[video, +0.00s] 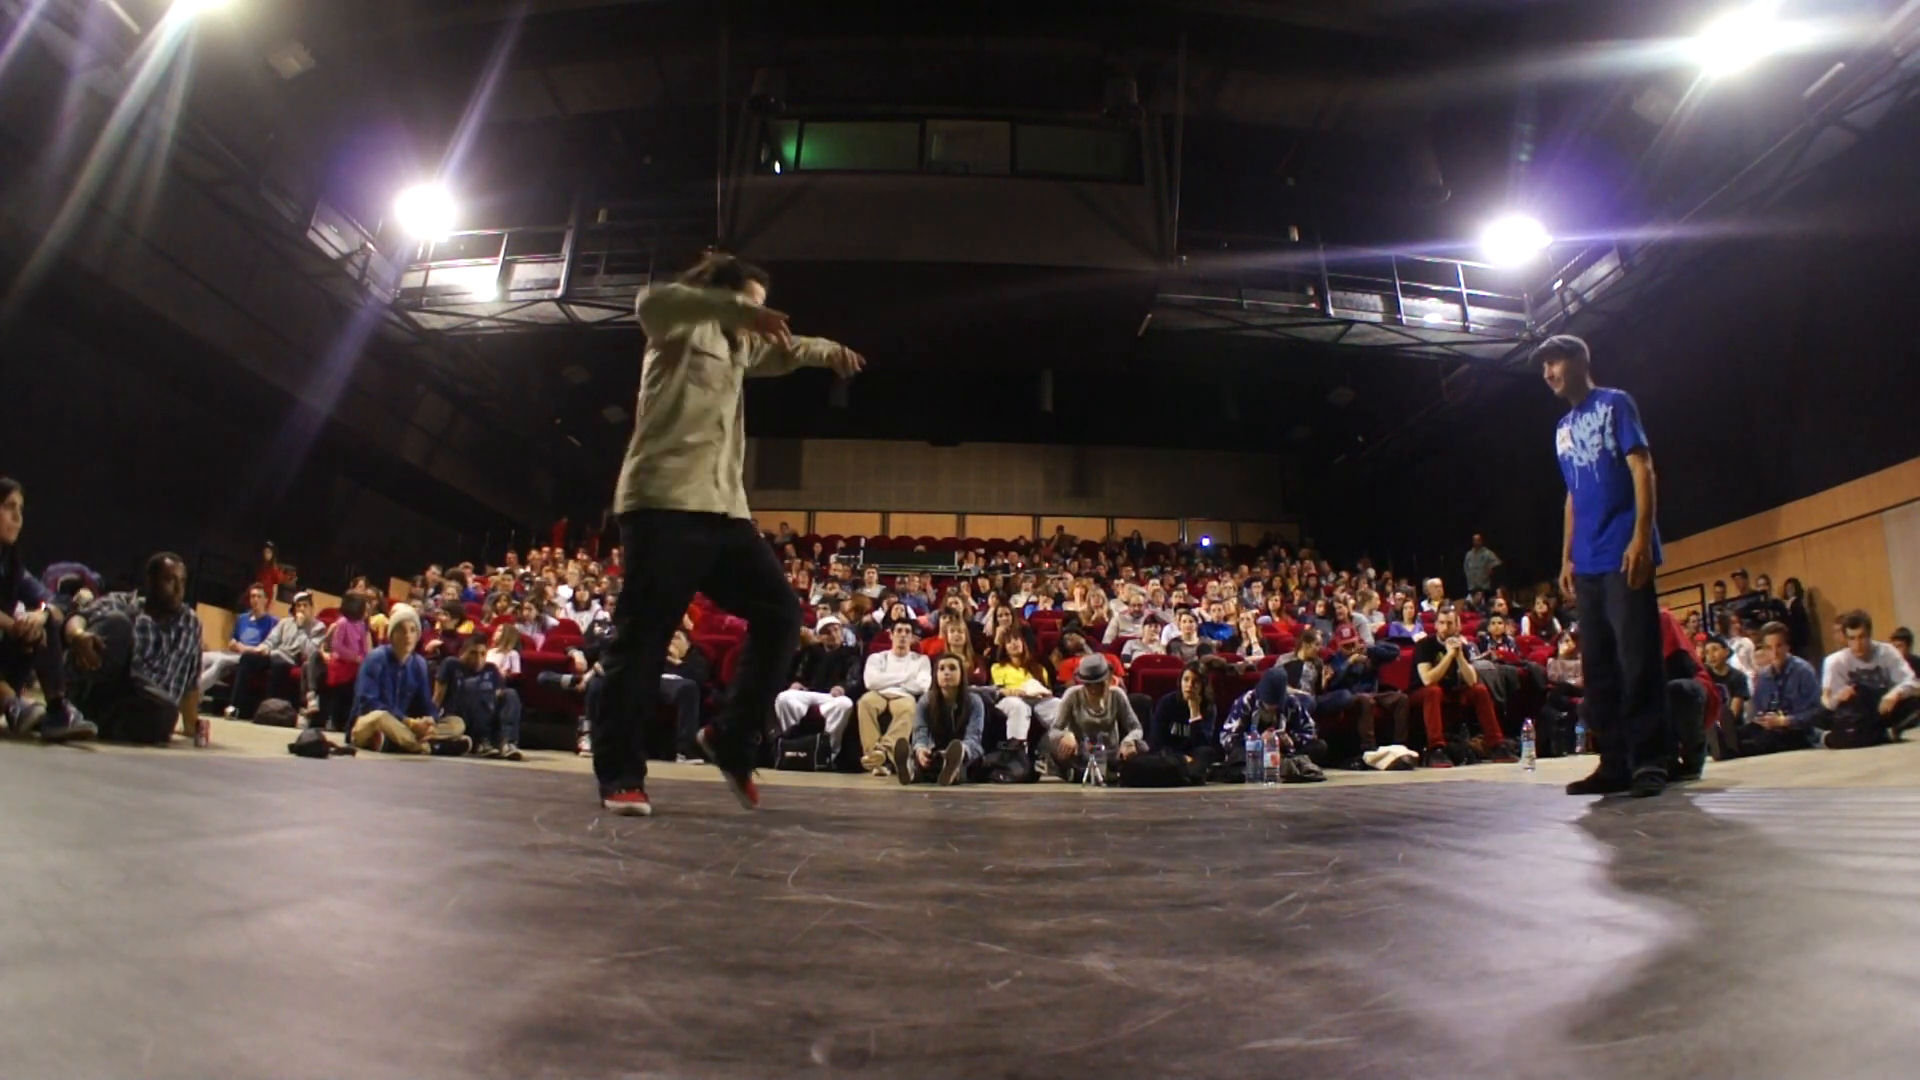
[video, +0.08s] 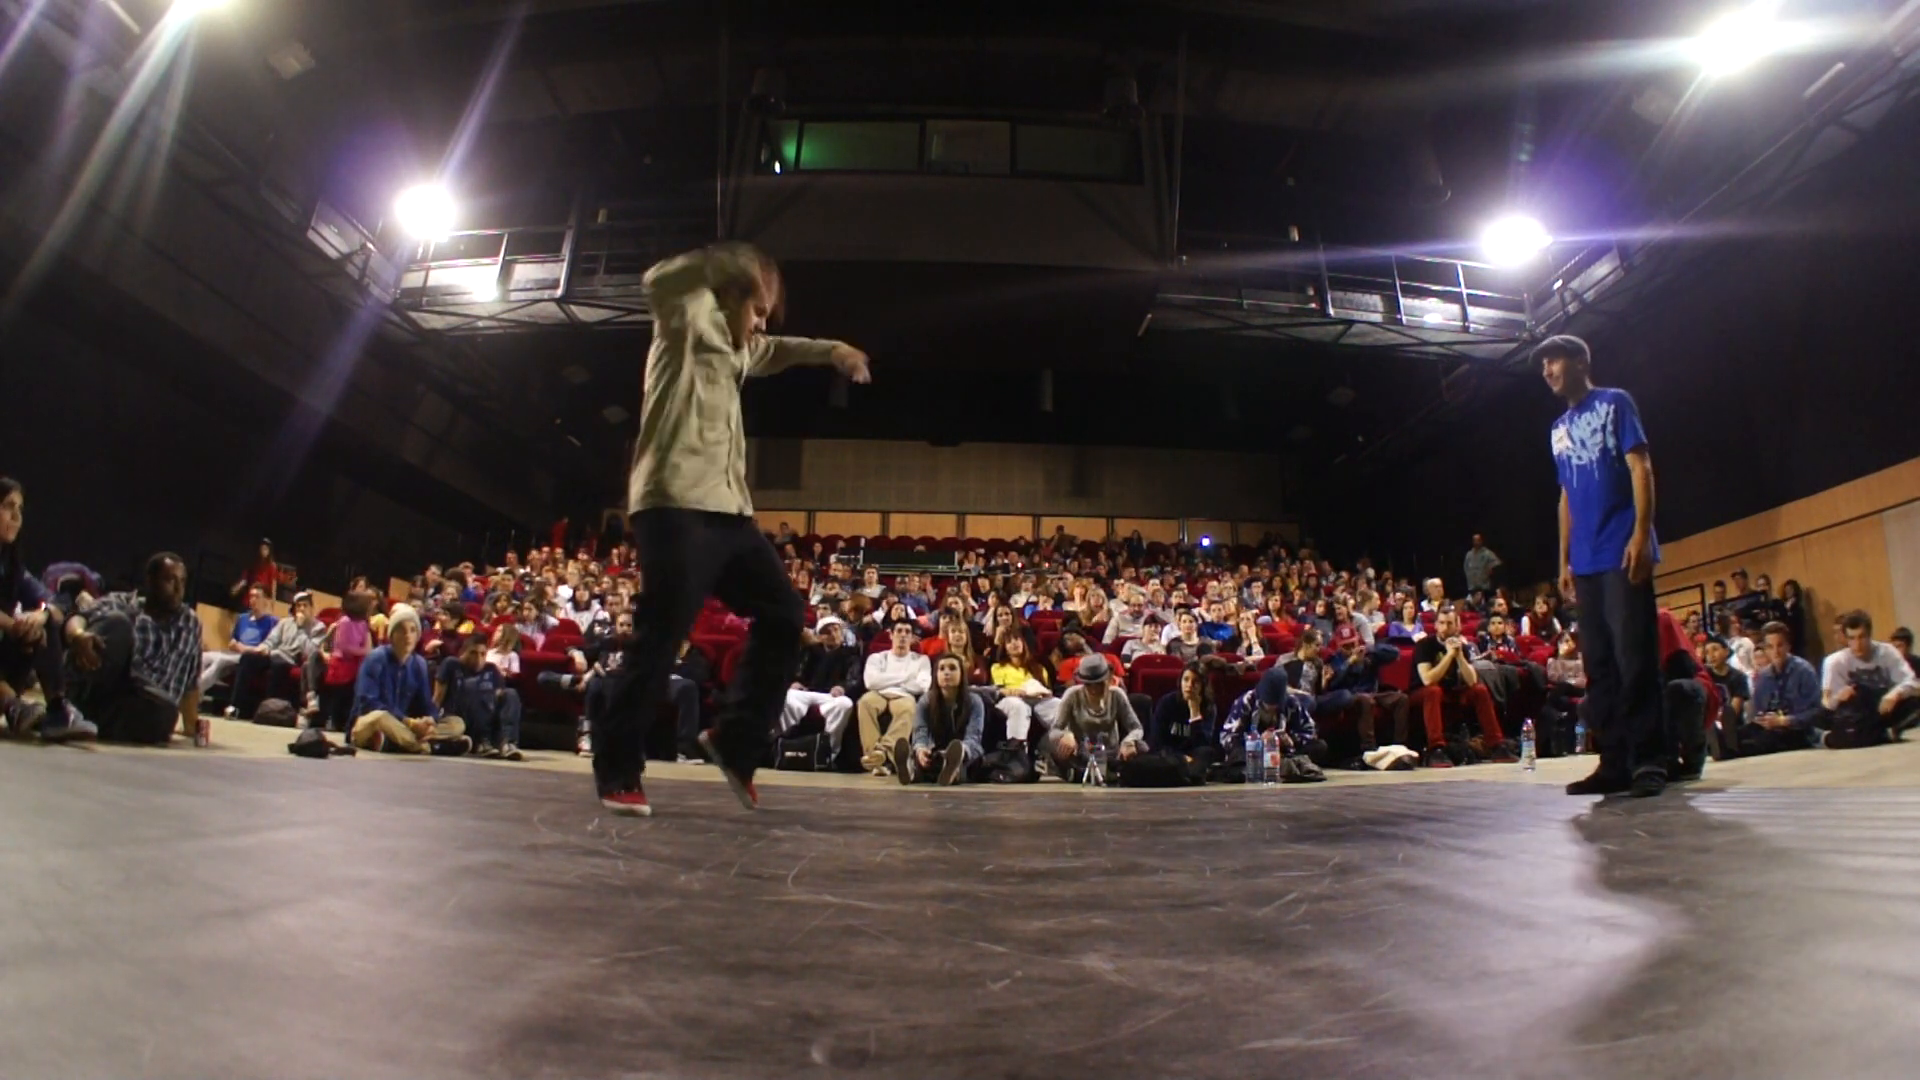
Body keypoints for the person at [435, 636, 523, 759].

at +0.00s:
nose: (478, 658)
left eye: (482, 654)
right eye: (473, 653)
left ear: (486, 654)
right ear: (465, 653)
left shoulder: (491, 669)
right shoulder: (451, 665)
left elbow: (498, 694)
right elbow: (438, 697)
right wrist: (429, 720)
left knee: (510, 694)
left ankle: (508, 743)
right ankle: (483, 742)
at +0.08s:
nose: (478, 658)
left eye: (482, 654)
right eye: (474, 653)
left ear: (486, 654)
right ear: (465, 653)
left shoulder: (491, 669)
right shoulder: (451, 665)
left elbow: (498, 695)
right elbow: (438, 697)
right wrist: (430, 721)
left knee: (511, 694)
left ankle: (508, 743)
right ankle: (483, 742)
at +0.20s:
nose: (478, 658)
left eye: (482, 654)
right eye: (473, 653)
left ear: (487, 654)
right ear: (465, 653)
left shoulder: (491, 669)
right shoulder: (451, 665)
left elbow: (498, 694)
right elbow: (438, 696)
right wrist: (430, 720)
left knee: (510, 694)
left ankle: (508, 743)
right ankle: (483, 742)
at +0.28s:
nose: (478, 658)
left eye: (483, 654)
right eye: (473, 653)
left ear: (487, 655)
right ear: (465, 653)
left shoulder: (490, 669)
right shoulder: (451, 665)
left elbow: (499, 693)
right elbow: (438, 697)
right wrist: (430, 720)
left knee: (510, 694)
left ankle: (508, 743)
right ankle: (483, 742)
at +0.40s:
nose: (478, 658)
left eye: (483, 654)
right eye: (473, 653)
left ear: (487, 655)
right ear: (464, 654)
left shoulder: (490, 669)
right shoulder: (451, 665)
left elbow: (498, 693)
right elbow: (438, 697)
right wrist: (431, 720)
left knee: (510, 694)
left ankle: (508, 743)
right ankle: (483, 742)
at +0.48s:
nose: (478, 658)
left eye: (482, 654)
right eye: (473, 653)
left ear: (486, 655)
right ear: (464, 654)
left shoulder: (490, 669)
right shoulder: (451, 665)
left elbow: (498, 694)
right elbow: (438, 697)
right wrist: (431, 720)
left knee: (510, 694)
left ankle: (508, 743)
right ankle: (483, 742)